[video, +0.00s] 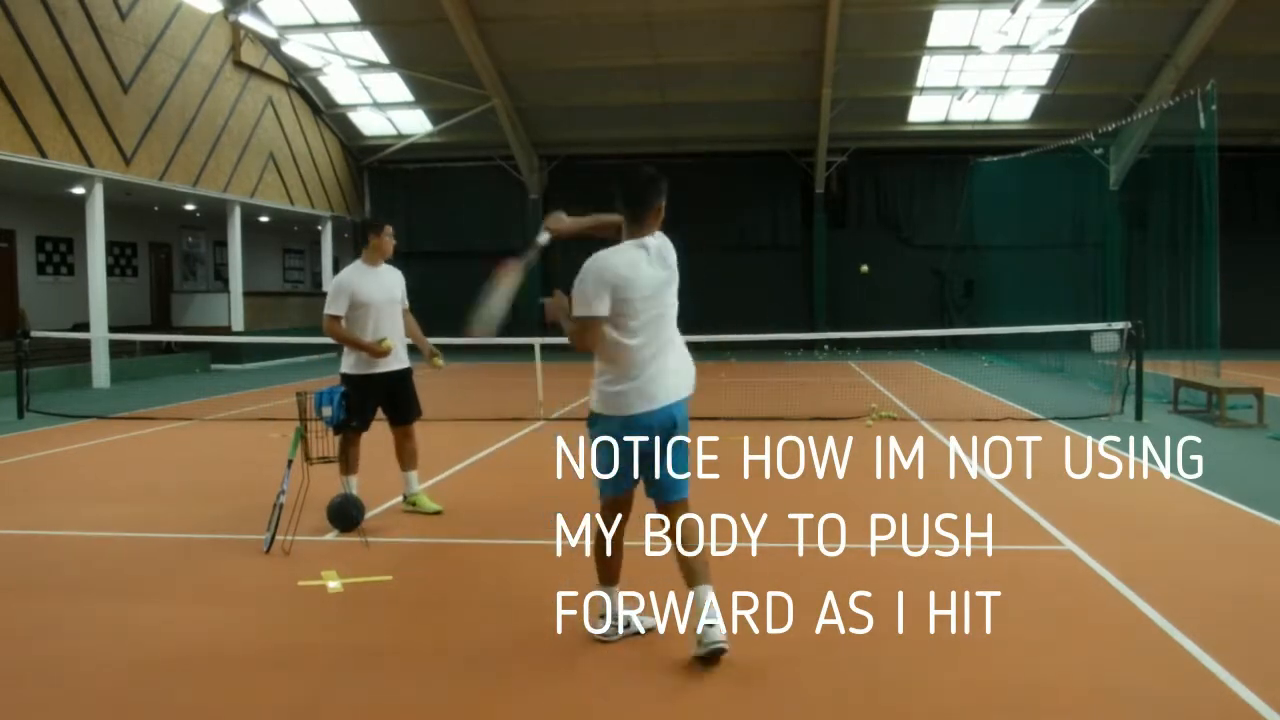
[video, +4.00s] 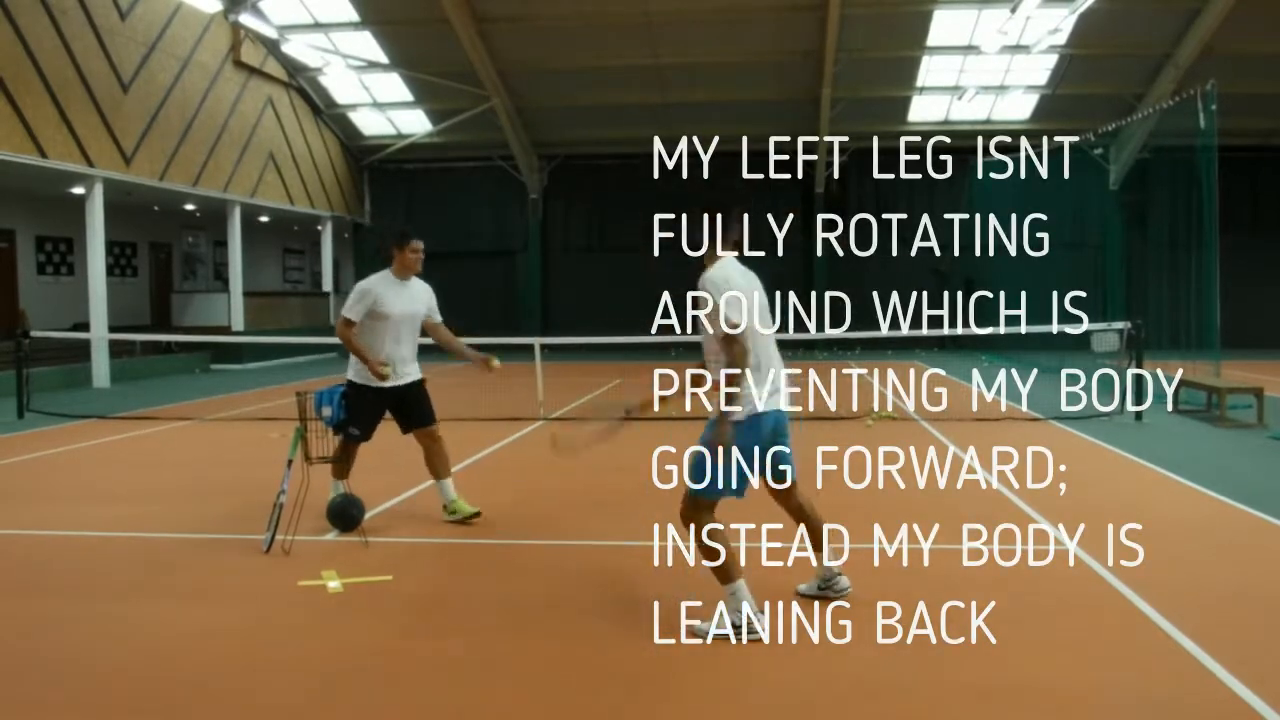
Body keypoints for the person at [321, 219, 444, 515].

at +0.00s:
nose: (394, 243)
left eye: (393, 237)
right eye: (389, 237)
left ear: (382, 241)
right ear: (372, 239)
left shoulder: (395, 276)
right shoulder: (346, 279)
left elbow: (404, 315)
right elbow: (331, 326)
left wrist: (425, 347)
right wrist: (367, 347)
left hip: (397, 370)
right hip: (360, 373)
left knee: (405, 429)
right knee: (351, 434)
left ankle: (413, 492)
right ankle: (350, 498)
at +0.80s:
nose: (415, 252)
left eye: (415, 247)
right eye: (410, 247)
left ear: (408, 251)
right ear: (391, 249)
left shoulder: (415, 284)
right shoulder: (362, 284)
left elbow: (426, 324)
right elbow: (338, 327)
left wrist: (457, 343)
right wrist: (368, 356)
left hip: (407, 375)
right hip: (367, 378)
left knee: (428, 429)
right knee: (358, 440)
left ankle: (452, 495)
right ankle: (351, 502)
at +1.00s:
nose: (439, 264)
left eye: (442, 258)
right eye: (432, 258)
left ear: (446, 262)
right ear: (418, 260)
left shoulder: (448, 294)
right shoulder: (390, 292)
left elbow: (451, 342)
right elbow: (365, 329)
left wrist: (469, 379)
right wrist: (385, 362)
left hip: (429, 379)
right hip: (386, 381)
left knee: (450, 436)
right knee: (372, 441)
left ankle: (456, 499)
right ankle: (352, 497)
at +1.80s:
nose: (410, 254)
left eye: (413, 249)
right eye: (404, 249)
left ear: (417, 255)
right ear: (388, 255)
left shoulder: (430, 291)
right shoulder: (369, 294)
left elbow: (448, 330)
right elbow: (349, 338)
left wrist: (449, 341)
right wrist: (372, 364)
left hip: (422, 381)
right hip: (380, 384)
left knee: (443, 435)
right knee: (363, 444)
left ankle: (459, 500)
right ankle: (341, 492)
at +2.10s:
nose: (381, 248)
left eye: (384, 243)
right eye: (374, 243)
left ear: (388, 248)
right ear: (361, 247)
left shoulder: (397, 283)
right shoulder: (342, 285)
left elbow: (402, 321)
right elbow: (319, 329)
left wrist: (412, 342)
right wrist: (348, 357)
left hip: (392, 376)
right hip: (353, 380)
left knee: (416, 430)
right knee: (345, 442)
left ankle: (421, 496)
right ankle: (337, 498)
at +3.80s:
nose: (396, 252)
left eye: (396, 247)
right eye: (394, 247)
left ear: (381, 248)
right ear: (381, 248)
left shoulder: (390, 281)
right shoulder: (346, 284)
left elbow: (402, 319)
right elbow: (326, 331)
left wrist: (443, 328)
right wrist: (362, 358)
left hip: (395, 374)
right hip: (358, 380)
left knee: (423, 425)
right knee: (349, 440)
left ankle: (428, 492)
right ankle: (337, 496)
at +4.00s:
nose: (420, 257)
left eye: (422, 252)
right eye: (414, 252)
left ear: (421, 256)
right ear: (396, 254)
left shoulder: (423, 291)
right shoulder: (369, 288)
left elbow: (438, 331)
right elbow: (343, 330)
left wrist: (475, 356)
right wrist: (369, 361)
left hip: (408, 382)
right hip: (367, 383)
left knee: (430, 436)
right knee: (350, 442)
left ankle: (451, 501)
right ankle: (337, 497)